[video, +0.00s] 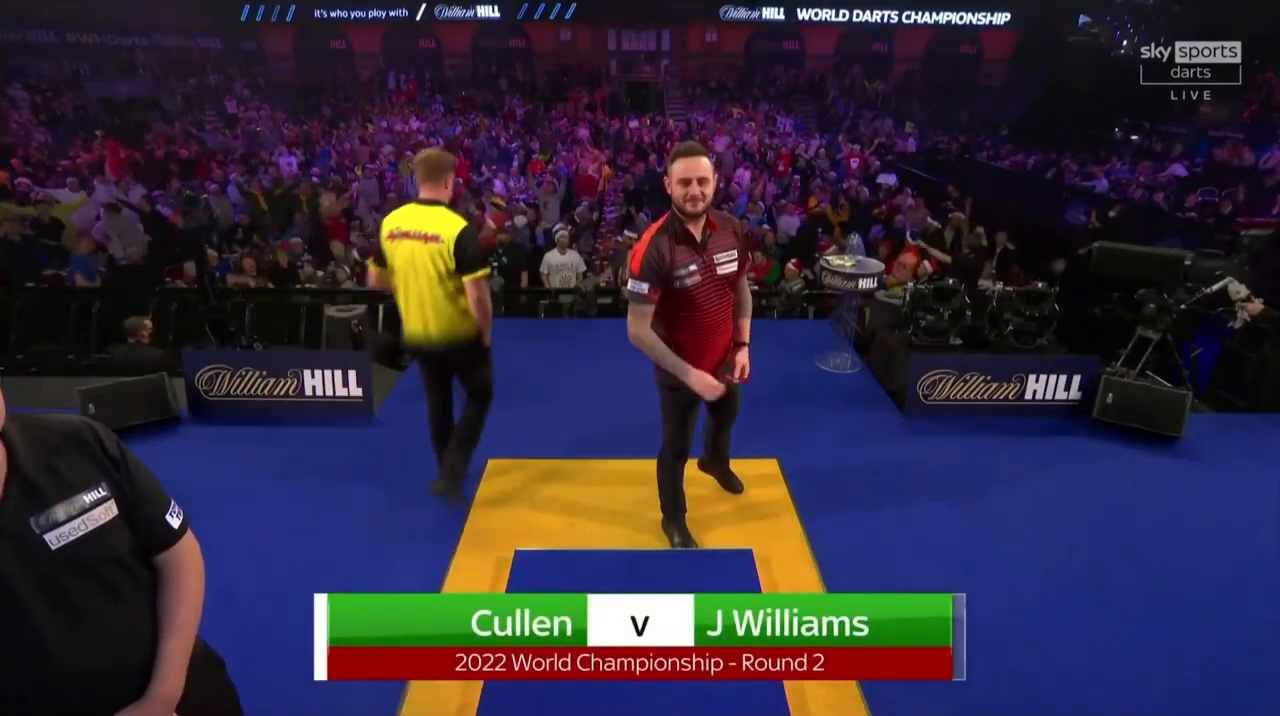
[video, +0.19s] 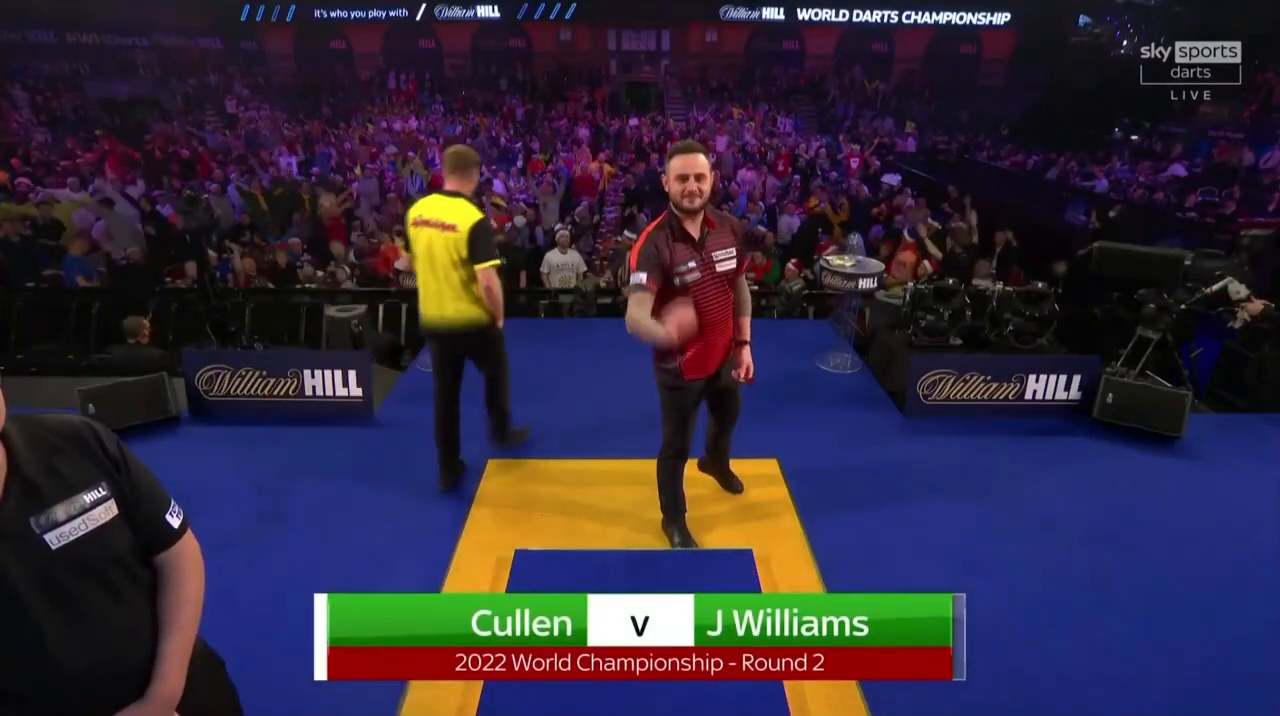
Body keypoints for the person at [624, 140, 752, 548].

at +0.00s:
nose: (694, 191)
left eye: (702, 181)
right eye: (685, 182)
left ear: (714, 184)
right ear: (669, 186)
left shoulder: (731, 230)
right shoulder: (653, 248)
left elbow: (742, 290)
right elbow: (638, 330)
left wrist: (743, 345)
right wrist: (691, 374)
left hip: (723, 358)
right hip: (679, 367)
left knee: (727, 411)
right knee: (677, 447)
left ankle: (714, 460)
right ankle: (673, 519)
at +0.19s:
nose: (692, 186)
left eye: (699, 177)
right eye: (682, 178)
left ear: (711, 182)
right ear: (666, 184)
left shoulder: (727, 228)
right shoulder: (653, 243)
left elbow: (740, 285)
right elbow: (636, 315)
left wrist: (745, 343)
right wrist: (665, 335)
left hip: (722, 355)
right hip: (679, 365)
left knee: (728, 409)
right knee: (677, 447)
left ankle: (715, 460)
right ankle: (673, 520)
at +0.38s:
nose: (687, 185)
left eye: (695, 176)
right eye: (677, 177)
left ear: (707, 180)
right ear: (663, 185)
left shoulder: (725, 226)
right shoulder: (652, 237)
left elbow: (740, 284)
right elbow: (633, 303)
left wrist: (745, 342)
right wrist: (653, 265)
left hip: (724, 352)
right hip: (681, 361)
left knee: (730, 410)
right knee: (677, 446)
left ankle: (715, 460)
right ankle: (674, 520)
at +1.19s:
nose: (695, 185)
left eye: (702, 176)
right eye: (684, 178)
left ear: (713, 180)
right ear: (667, 186)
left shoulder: (725, 228)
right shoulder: (660, 241)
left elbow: (737, 289)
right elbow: (670, 285)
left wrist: (745, 346)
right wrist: (673, 307)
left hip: (724, 354)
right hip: (683, 361)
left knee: (728, 412)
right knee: (678, 447)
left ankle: (719, 457)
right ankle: (674, 520)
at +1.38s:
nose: (697, 188)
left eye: (704, 178)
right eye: (686, 181)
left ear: (714, 181)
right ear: (669, 187)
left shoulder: (726, 229)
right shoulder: (661, 243)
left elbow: (737, 287)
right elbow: (674, 312)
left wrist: (743, 345)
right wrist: (696, 369)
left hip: (722, 355)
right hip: (679, 363)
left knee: (723, 415)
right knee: (677, 445)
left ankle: (713, 462)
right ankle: (674, 520)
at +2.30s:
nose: (693, 188)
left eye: (701, 179)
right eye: (683, 180)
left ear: (713, 183)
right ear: (667, 187)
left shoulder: (729, 229)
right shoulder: (657, 242)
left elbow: (743, 289)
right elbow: (636, 310)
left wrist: (747, 347)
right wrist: (659, 316)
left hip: (724, 354)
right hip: (680, 364)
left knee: (731, 416)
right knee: (679, 445)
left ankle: (714, 462)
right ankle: (674, 520)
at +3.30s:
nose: (711, 194)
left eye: (718, 184)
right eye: (699, 187)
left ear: (729, 187)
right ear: (681, 193)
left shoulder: (741, 238)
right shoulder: (673, 249)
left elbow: (747, 300)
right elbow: (686, 311)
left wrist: (763, 362)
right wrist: (712, 360)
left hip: (736, 363)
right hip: (689, 368)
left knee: (757, 448)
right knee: (682, 456)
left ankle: (730, 501)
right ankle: (674, 520)